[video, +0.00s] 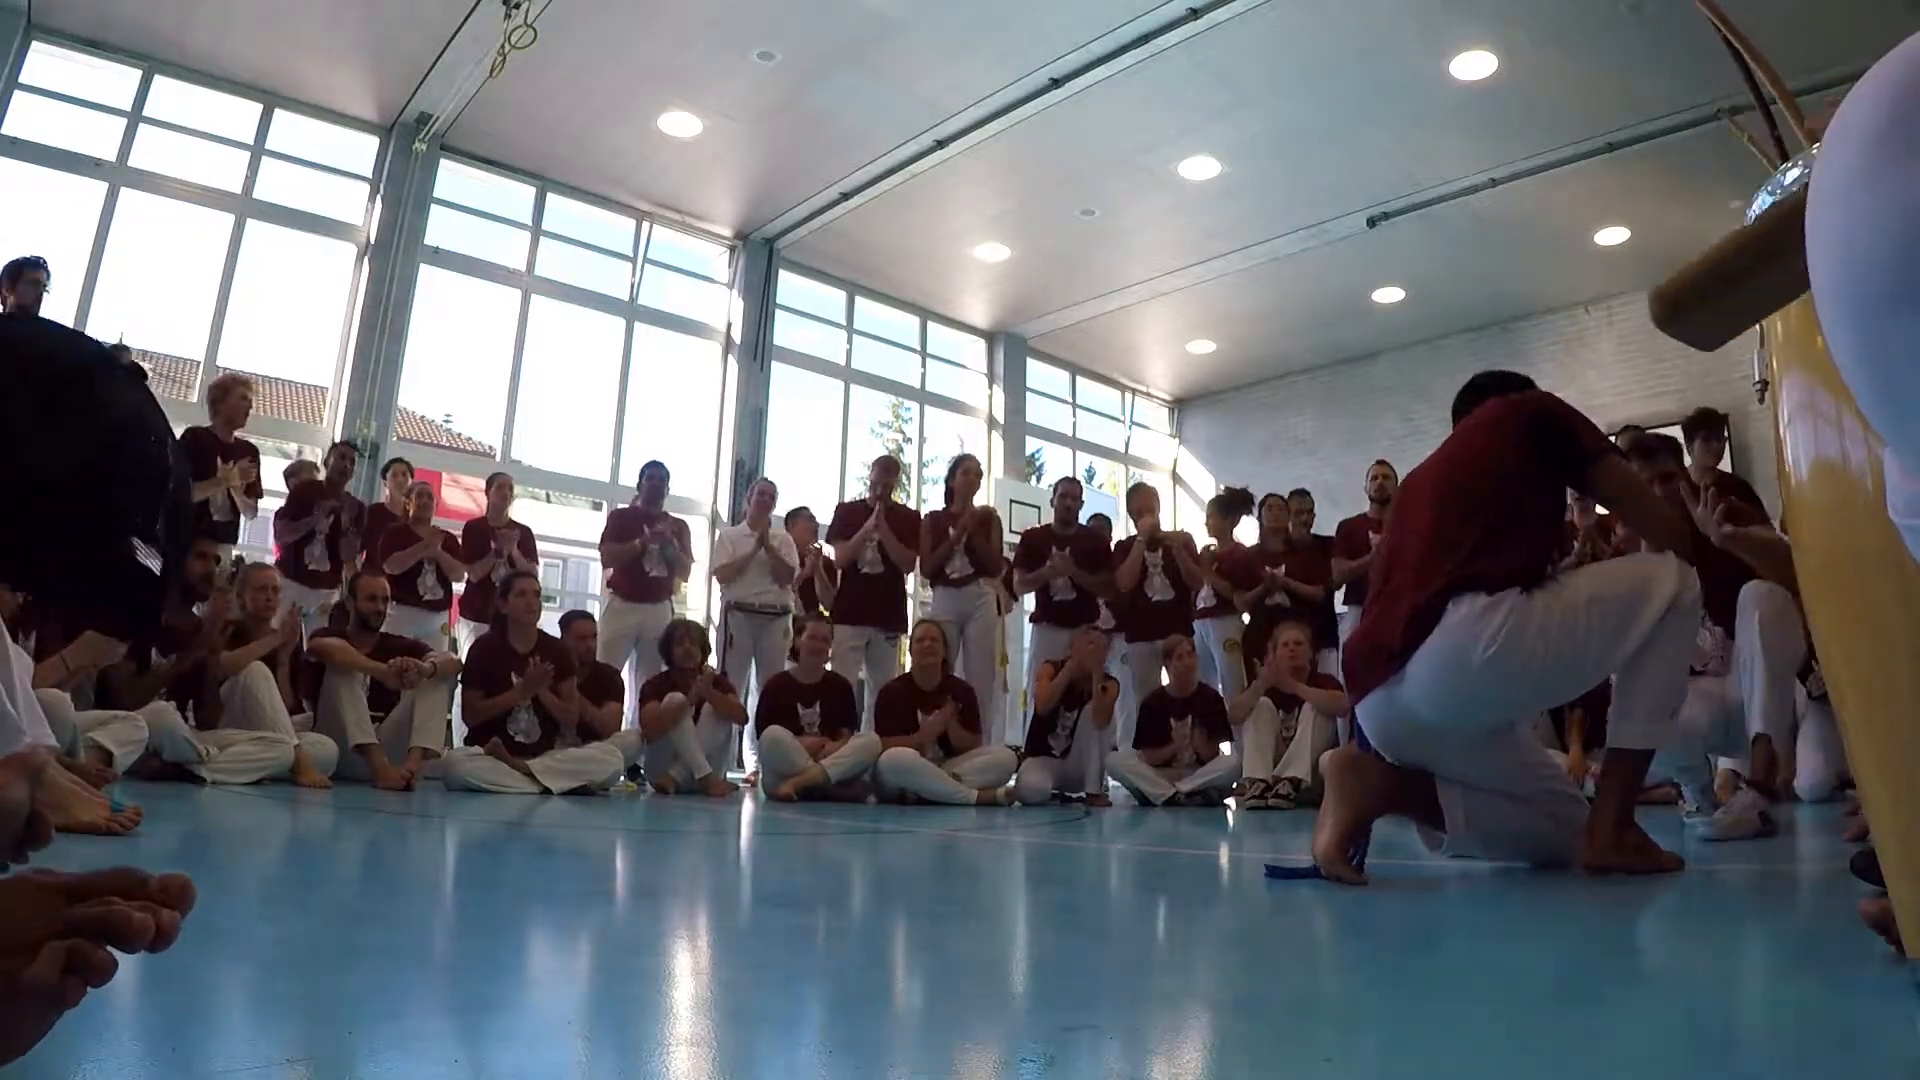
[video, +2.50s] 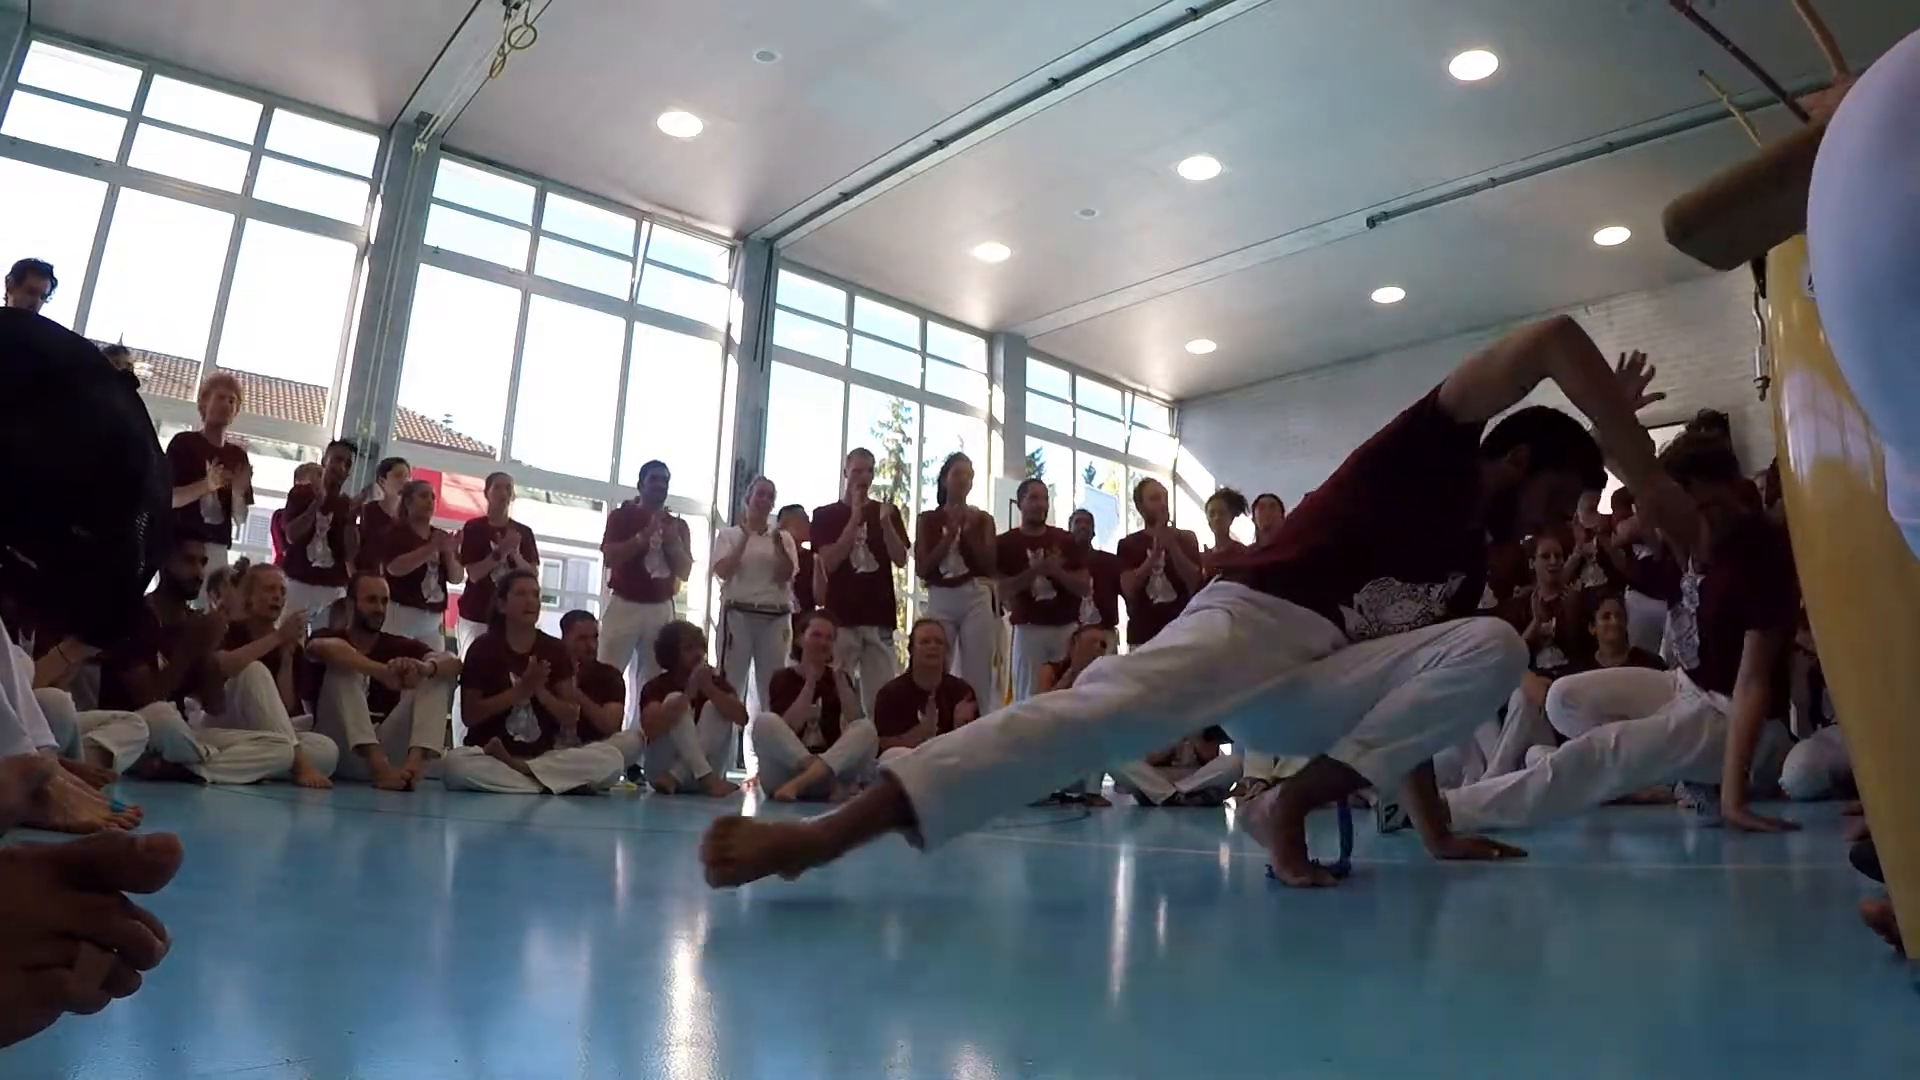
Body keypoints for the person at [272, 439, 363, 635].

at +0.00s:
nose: (347, 465)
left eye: (352, 462)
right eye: (341, 458)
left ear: (354, 469)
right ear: (326, 462)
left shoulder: (356, 507)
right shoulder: (303, 491)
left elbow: (349, 555)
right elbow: (281, 534)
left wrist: (345, 525)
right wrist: (316, 519)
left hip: (328, 588)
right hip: (292, 581)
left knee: (319, 654)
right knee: (281, 647)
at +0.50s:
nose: (347, 475)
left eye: (352, 470)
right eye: (343, 466)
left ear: (355, 474)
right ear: (328, 462)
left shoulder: (354, 513)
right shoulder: (295, 495)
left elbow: (353, 551)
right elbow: (266, 536)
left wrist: (344, 564)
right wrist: (297, 543)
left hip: (329, 590)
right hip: (290, 583)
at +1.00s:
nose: (326, 467)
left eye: (331, 463)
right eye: (321, 461)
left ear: (335, 471)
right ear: (306, 467)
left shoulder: (344, 510)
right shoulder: (290, 503)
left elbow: (353, 550)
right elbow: (289, 543)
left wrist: (352, 515)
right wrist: (308, 507)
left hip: (335, 587)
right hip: (299, 583)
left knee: (331, 651)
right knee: (293, 648)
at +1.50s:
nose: (344, 469)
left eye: (348, 466)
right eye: (339, 461)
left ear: (348, 474)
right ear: (322, 463)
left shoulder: (349, 511)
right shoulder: (294, 496)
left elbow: (352, 553)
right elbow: (275, 541)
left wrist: (338, 534)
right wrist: (314, 533)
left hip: (334, 588)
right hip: (297, 583)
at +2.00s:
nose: (343, 466)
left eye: (348, 462)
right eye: (338, 457)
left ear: (349, 469)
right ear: (321, 460)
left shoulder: (349, 506)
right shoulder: (298, 495)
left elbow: (351, 556)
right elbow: (288, 541)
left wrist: (343, 525)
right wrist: (317, 526)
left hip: (334, 586)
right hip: (299, 582)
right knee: (289, 648)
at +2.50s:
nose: (341, 468)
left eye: (347, 464)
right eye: (337, 460)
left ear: (351, 471)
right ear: (324, 461)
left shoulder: (346, 504)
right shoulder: (300, 494)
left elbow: (351, 552)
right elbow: (292, 535)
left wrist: (352, 518)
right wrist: (317, 503)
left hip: (333, 586)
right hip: (299, 582)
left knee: (327, 654)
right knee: (288, 646)